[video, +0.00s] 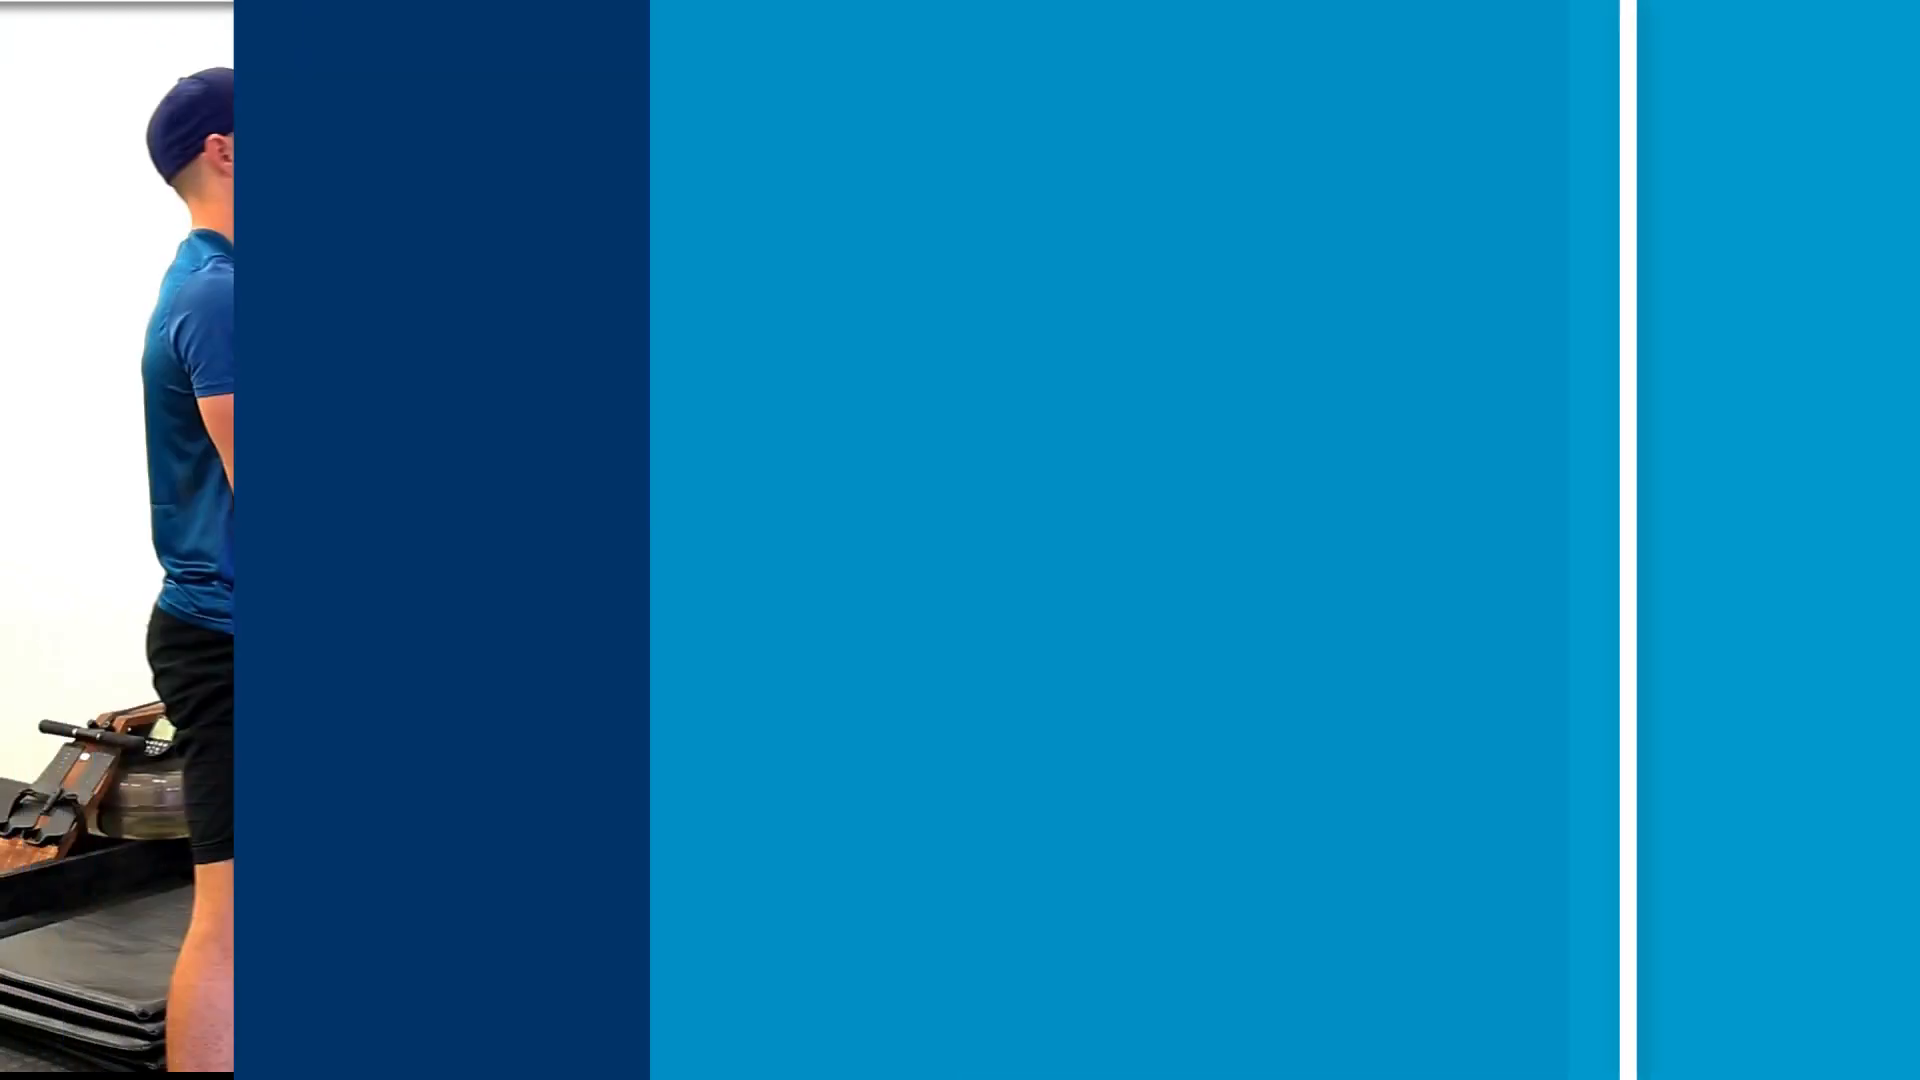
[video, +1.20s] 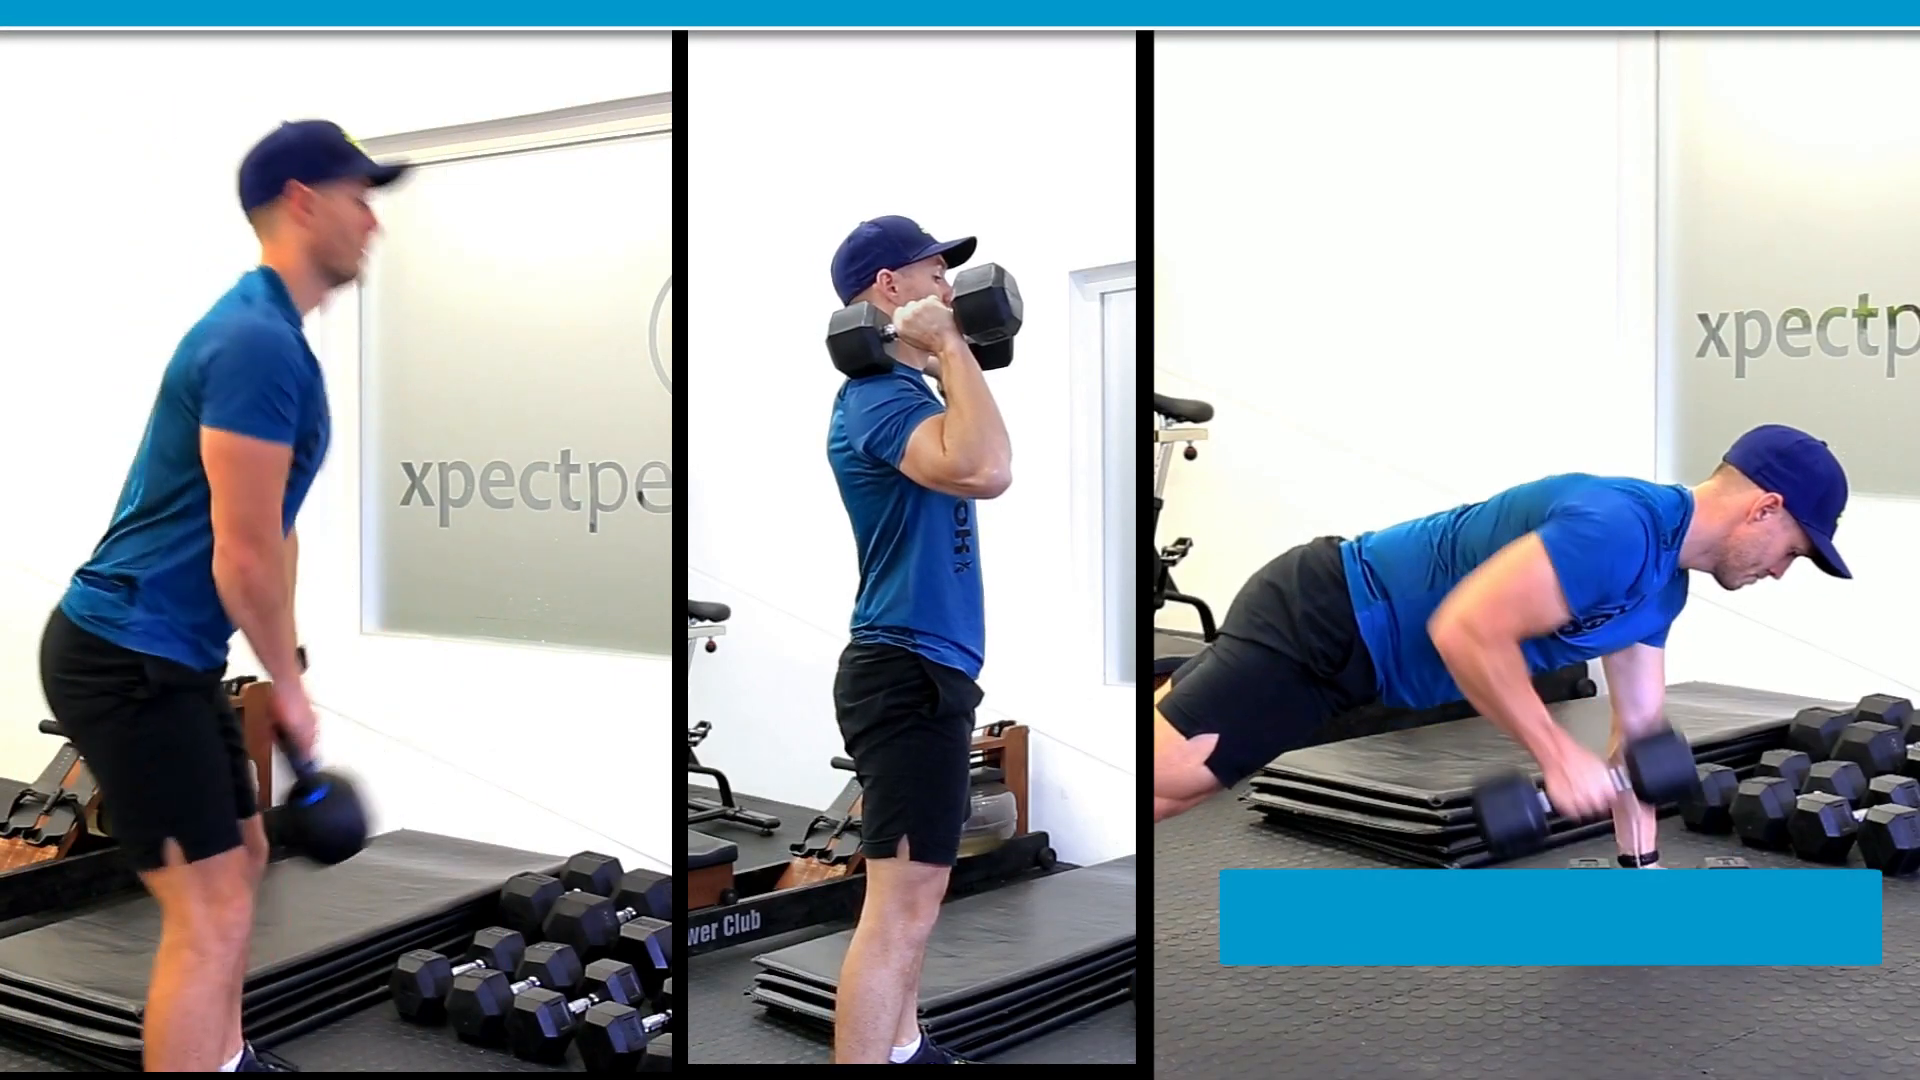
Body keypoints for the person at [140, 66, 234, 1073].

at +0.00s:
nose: (269, 163)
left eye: (263, 142)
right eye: (261, 144)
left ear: (203, 158)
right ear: (218, 153)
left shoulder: (206, 278)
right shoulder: (214, 286)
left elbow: (239, 466)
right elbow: (253, 472)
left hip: (216, 625)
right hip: (222, 632)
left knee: (229, 905)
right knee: (229, 910)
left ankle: (196, 1064)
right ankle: (195, 1070)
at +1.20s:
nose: (375, 222)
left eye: (373, 202)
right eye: (360, 200)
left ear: (302, 209)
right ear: (297, 203)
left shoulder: (277, 340)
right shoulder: (255, 342)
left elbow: (270, 539)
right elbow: (242, 552)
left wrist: (287, 669)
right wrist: (286, 682)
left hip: (167, 653)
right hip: (126, 657)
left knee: (241, 855)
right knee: (209, 912)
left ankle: (215, 1053)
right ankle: (187, 1073)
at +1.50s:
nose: (495, 345)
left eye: (496, 322)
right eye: (486, 319)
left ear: (426, 319)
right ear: (430, 316)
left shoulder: (352, 414)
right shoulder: (341, 424)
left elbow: (243, 596)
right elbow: (231, 604)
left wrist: (202, 720)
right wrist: (198, 736)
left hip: (153, 651)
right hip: (101, 654)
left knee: (232, 846)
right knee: (192, 908)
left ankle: (224, 1059)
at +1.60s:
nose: (498, 343)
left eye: (499, 322)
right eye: (489, 319)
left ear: (429, 319)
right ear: (435, 317)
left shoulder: (352, 412)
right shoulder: (343, 424)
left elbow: (250, 597)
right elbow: (240, 608)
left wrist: (211, 722)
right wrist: (208, 736)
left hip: (153, 651)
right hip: (103, 652)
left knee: (229, 845)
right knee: (191, 906)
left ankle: (222, 1059)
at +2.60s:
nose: (257, 167)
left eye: (253, 148)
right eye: (241, 147)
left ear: (179, 159)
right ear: (180, 153)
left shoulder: (173, 282)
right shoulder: (168, 287)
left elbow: (293, 441)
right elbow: (302, 444)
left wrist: (432, 485)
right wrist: (440, 489)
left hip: (201, 629)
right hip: (180, 635)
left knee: (222, 886)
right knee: (210, 904)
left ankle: (226, 1058)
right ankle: (195, 1074)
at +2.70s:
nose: (274, 167)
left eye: (270, 148)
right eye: (258, 146)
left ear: (198, 160)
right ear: (198, 156)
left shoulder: (204, 289)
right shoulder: (179, 293)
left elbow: (297, 467)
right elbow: (298, 463)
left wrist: (416, 531)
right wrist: (423, 530)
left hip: (202, 637)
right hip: (171, 640)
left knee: (232, 885)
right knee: (217, 908)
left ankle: (225, 1056)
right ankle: (198, 1075)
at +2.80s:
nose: (314, 181)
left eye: (310, 161)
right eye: (298, 159)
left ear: (240, 171)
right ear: (238, 166)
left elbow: (299, 489)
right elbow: (287, 505)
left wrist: (382, 578)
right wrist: (389, 590)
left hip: (189, 645)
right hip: (156, 650)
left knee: (250, 851)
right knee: (231, 912)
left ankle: (221, 1047)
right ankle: (199, 1076)